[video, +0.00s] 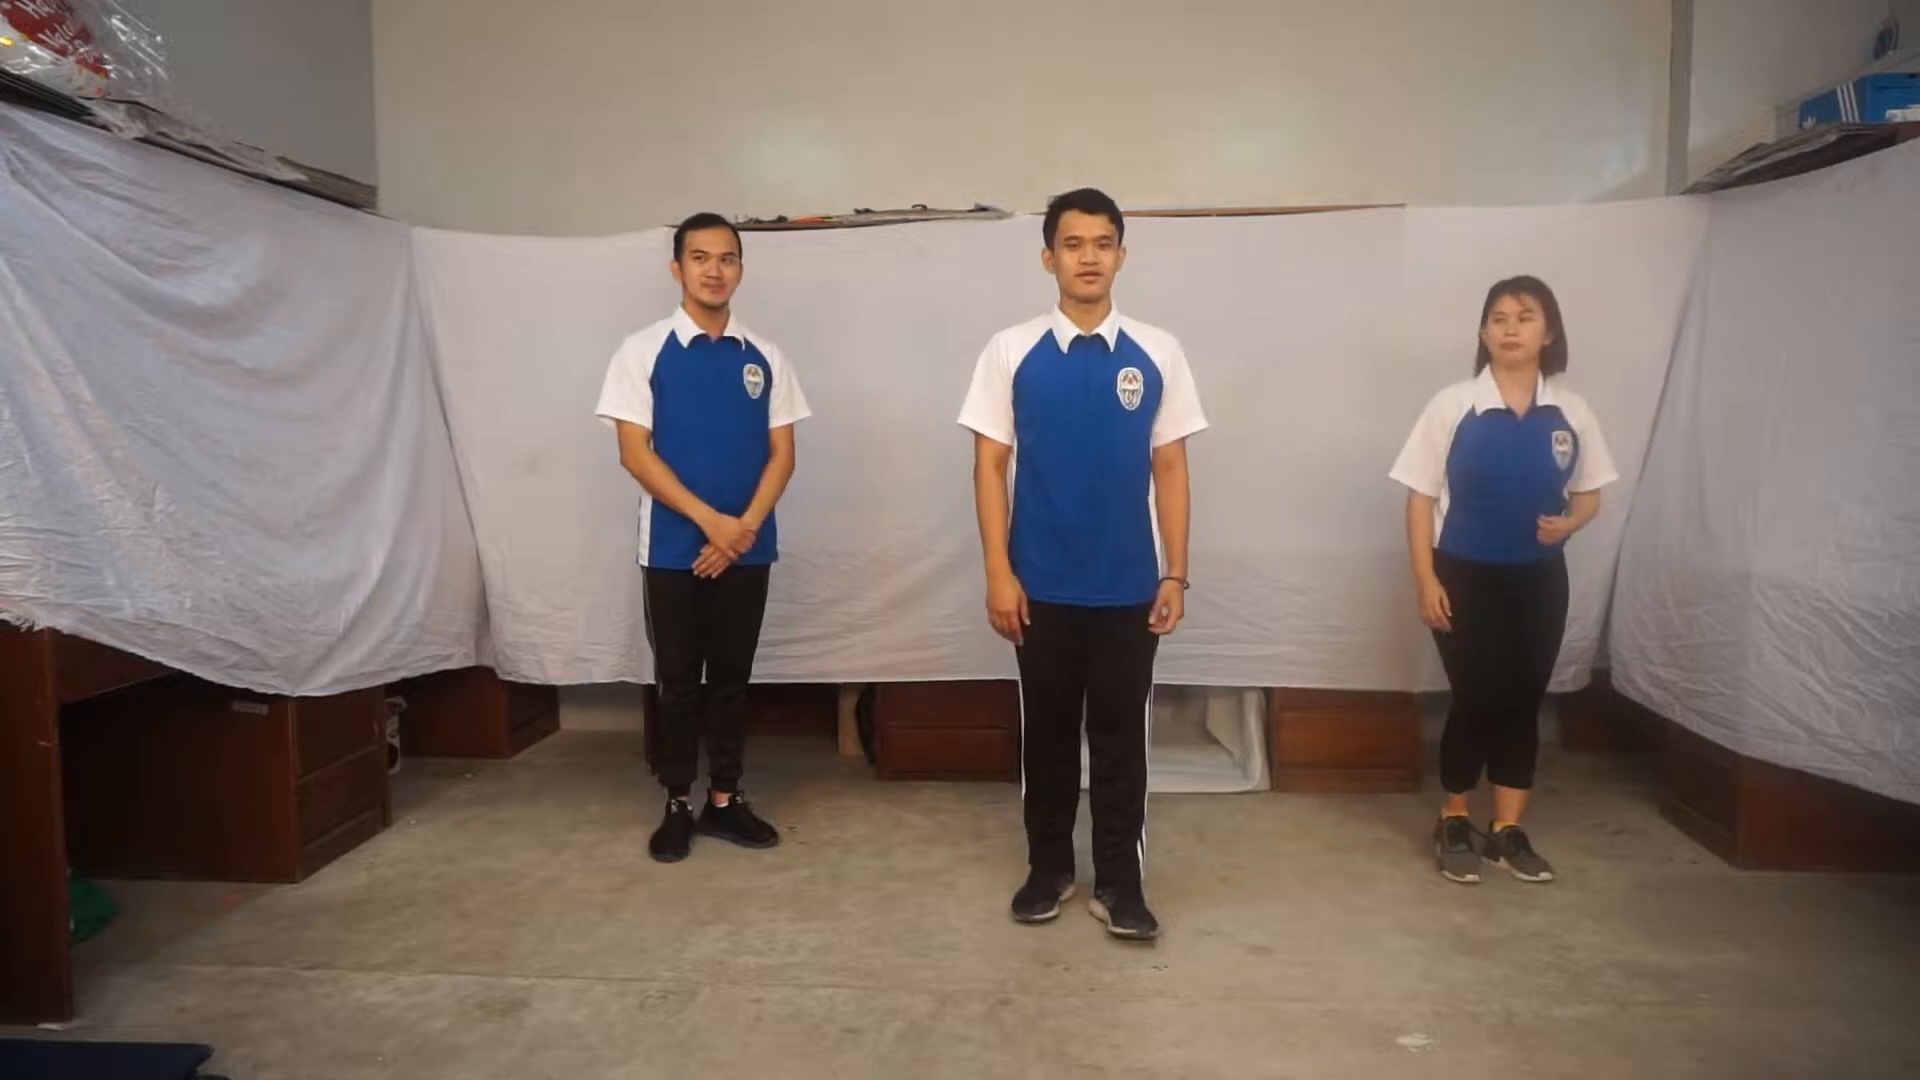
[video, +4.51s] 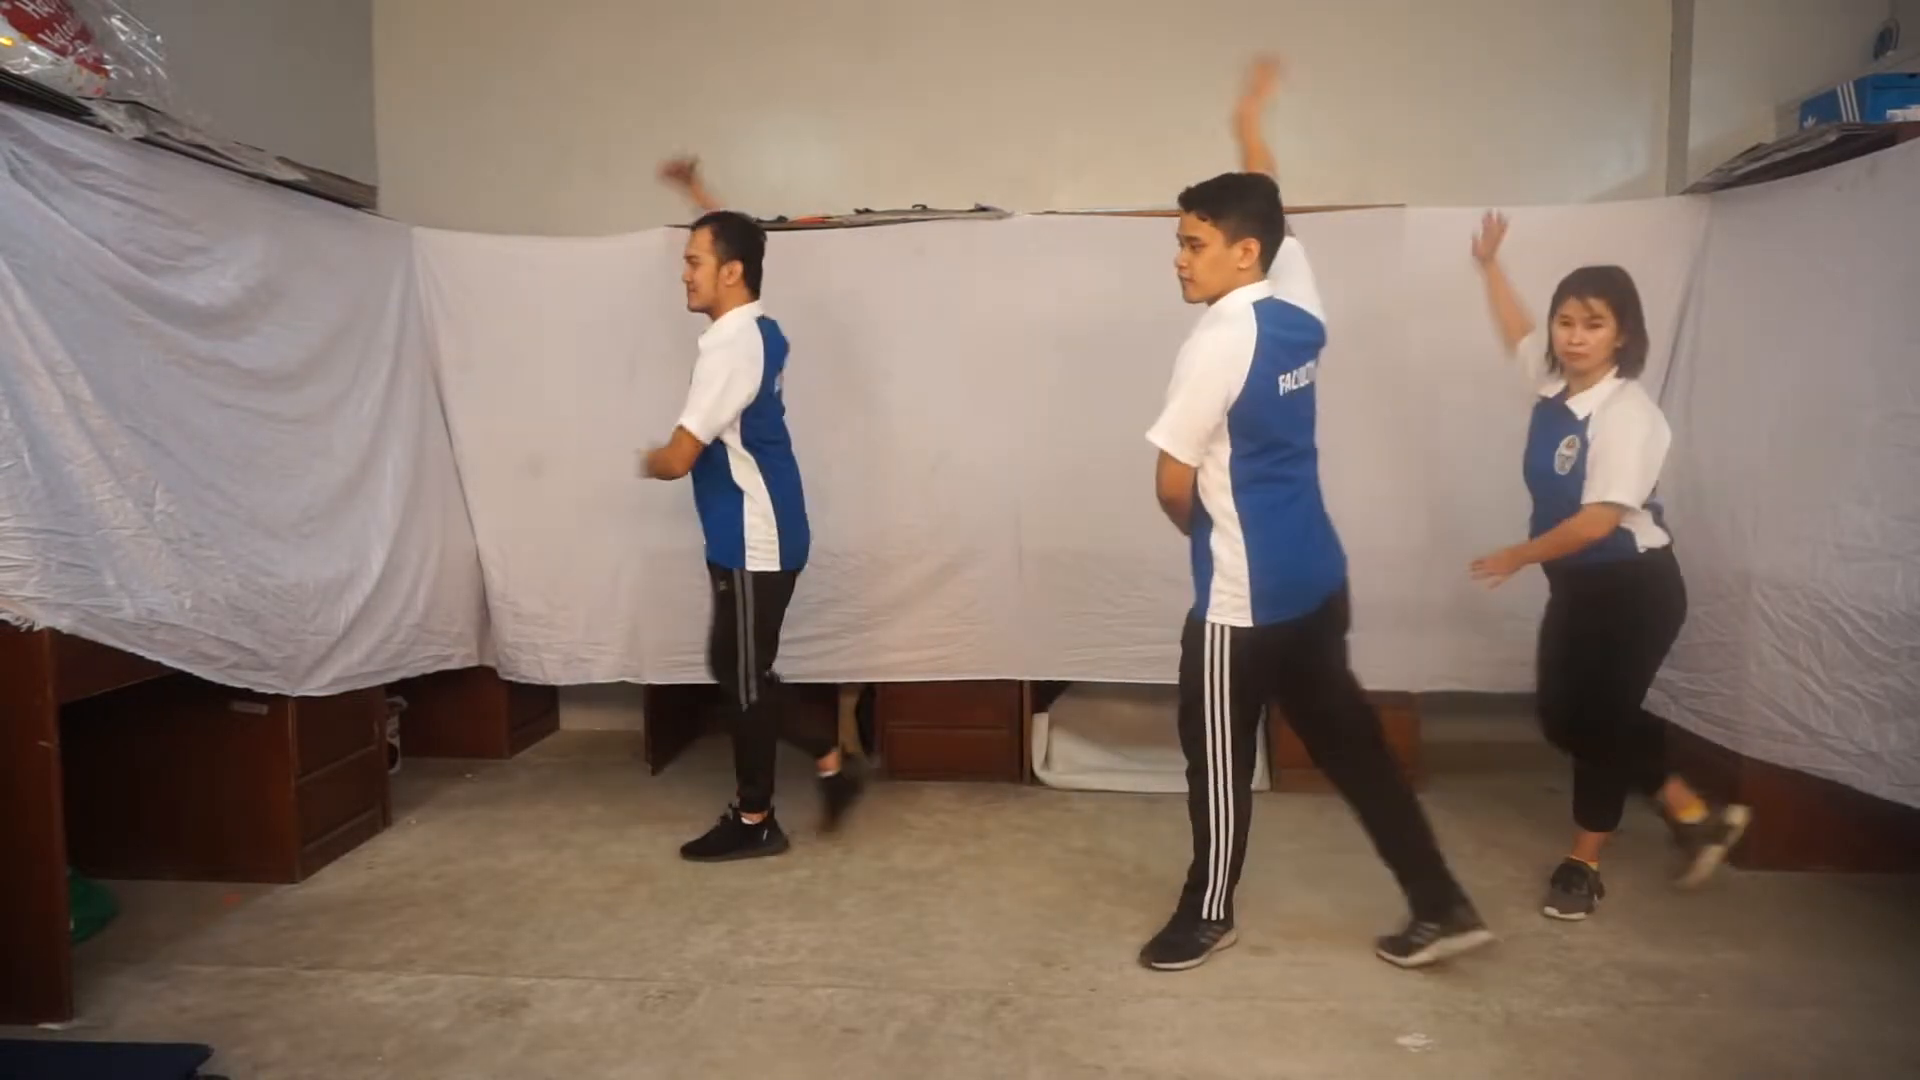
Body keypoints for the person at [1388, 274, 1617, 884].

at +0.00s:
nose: (1511, 326)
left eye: (1525, 317)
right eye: (1499, 317)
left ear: (1549, 332)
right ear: (1484, 331)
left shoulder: (1570, 409)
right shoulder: (1452, 404)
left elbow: (1589, 493)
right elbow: (1420, 496)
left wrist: (1570, 522)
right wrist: (1425, 579)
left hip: (1538, 576)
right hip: (1466, 576)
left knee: (1522, 701)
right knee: (1474, 699)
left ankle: (1508, 830)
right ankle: (1454, 822)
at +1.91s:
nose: (1512, 331)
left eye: (1523, 321)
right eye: (1498, 320)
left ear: (1535, 331)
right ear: (1469, 329)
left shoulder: (1551, 406)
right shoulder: (1439, 405)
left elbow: (1569, 497)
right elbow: (1417, 504)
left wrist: (1588, 573)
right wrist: (1417, 589)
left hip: (1529, 582)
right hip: (1459, 580)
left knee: (1510, 706)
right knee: (1466, 709)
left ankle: (1487, 824)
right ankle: (1454, 843)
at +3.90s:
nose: (1513, 311)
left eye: (1524, 303)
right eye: (1497, 303)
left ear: (1539, 320)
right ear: (1471, 321)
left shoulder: (1560, 399)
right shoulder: (1446, 398)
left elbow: (1591, 485)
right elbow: (1411, 496)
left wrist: (1630, 556)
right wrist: (1458, 554)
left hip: (1542, 586)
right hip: (1461, 586)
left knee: (1545, 713)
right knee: (1464, 719)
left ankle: (1536, 844)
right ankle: (1462, 847)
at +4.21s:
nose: (1534, 321)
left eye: (1547, 310)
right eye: (1519, 312)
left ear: (1568, 323)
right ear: (1498, 329)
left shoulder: (1606, 399)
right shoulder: (1474, 409)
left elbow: (1650, 481)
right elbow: (1435, 504)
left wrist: (1688, 526)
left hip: (1580, 590)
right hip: (1491, 587)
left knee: (1569, 725)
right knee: (1480, 718)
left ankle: (1579, 862)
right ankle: (1460, 851)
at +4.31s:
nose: (1549, 324)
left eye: (1563, 312)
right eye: (1535, 314)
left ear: (1587, 323)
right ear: (1516, 327)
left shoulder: (1619, 396)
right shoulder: (1495, 405)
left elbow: (1659, 494)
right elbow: (1424, 466)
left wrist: (1605, 554)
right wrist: (1392, 401)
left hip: (1602, 587)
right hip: (1515, 584)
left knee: (1585, 723)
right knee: (1493, 713)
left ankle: (1581, 861)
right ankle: (1466, 849)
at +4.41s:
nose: (1565, 328)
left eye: (1581, 316)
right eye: (1552, 317)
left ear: (1610, 328)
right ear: (1537, 328)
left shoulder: (1630, 409)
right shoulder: (1523, 396)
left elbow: (1627, 512)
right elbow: (1462, 407)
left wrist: (1527, 564)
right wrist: (1440, 336)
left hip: (1622, 584)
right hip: (1547, 583)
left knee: (1596, 712)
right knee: (1514, 710)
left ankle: (1582, 857)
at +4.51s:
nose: (1575, 334)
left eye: (1592, 323)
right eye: (1567, 322)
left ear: (1622, 334)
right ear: (1552, 333)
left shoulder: (1630, 413)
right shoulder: (1553, 386)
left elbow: (1598, 520)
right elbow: (1520, 333)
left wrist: (1521, 554)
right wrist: (1489, 265)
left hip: (1633, 583)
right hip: (1575, 581)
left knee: (1602, 717)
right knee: (1562, 712)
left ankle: (1584, 860)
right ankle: (1696, 816)